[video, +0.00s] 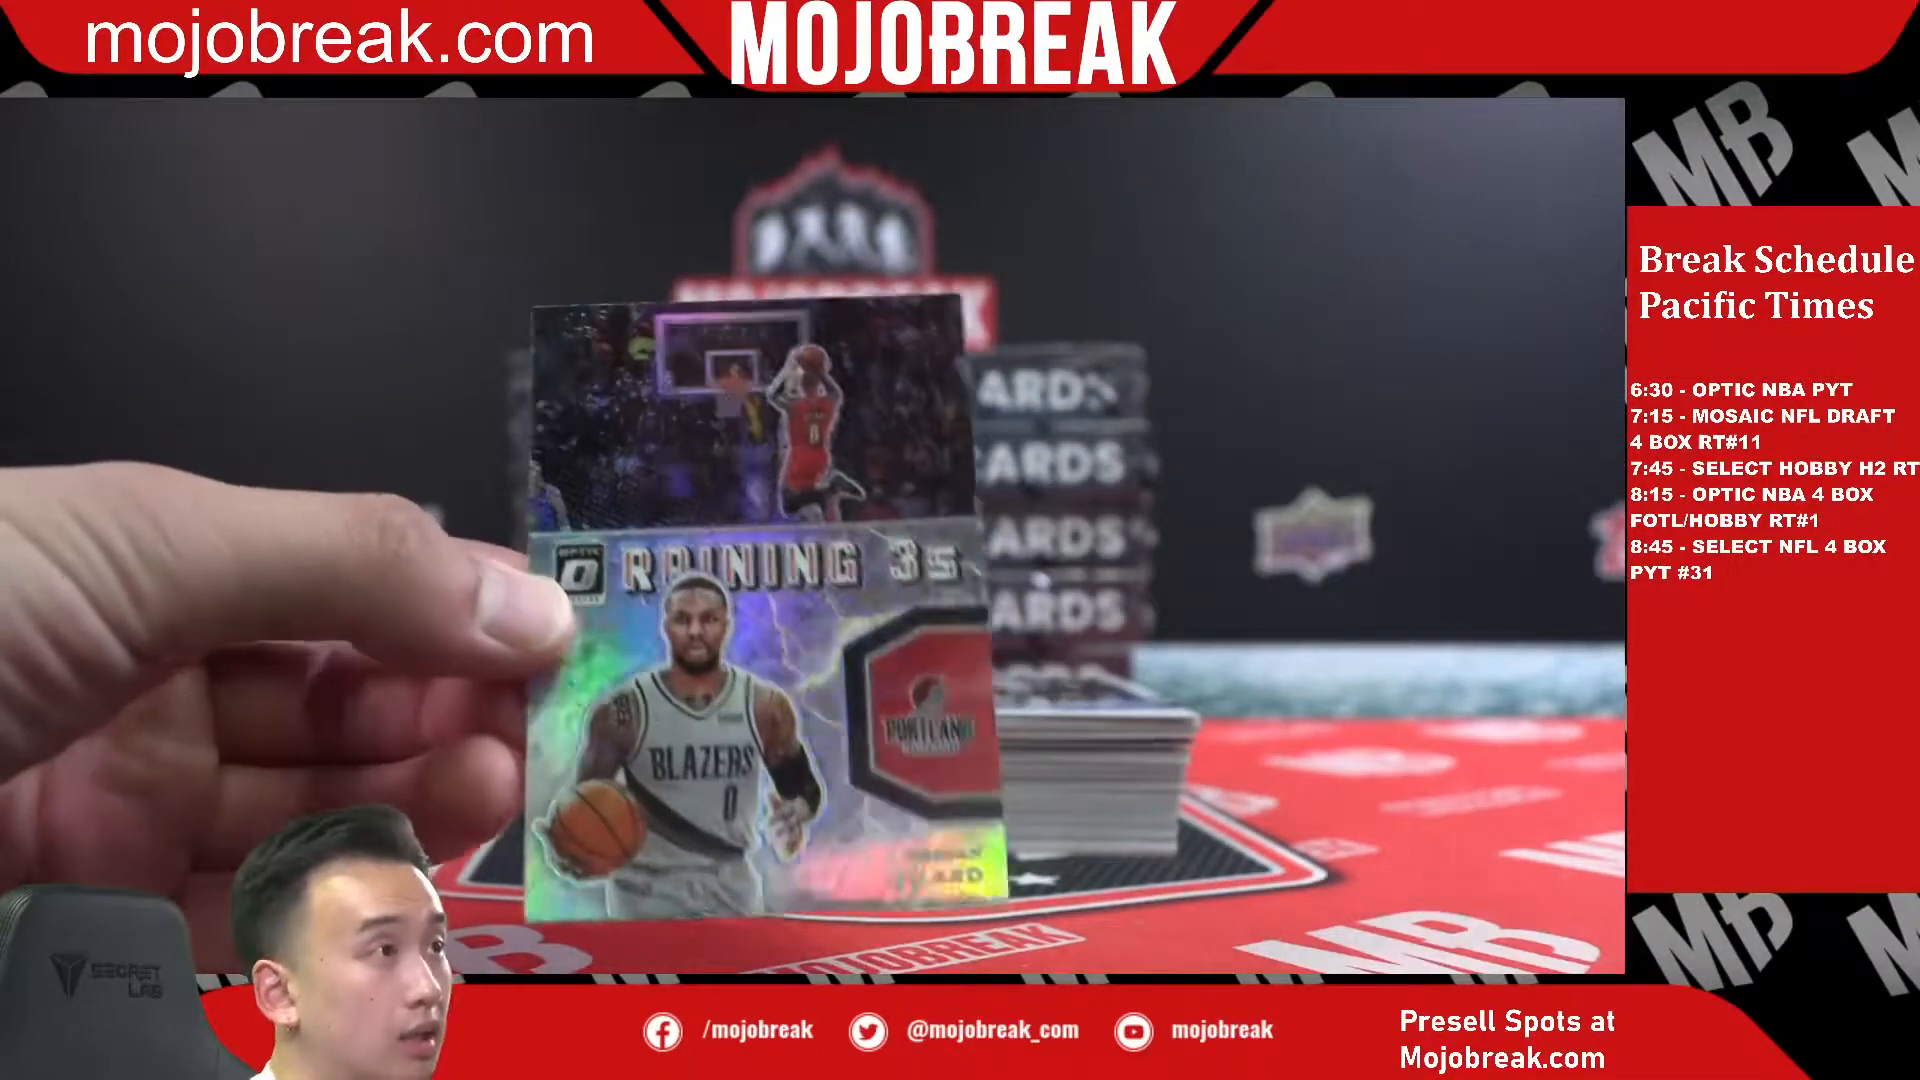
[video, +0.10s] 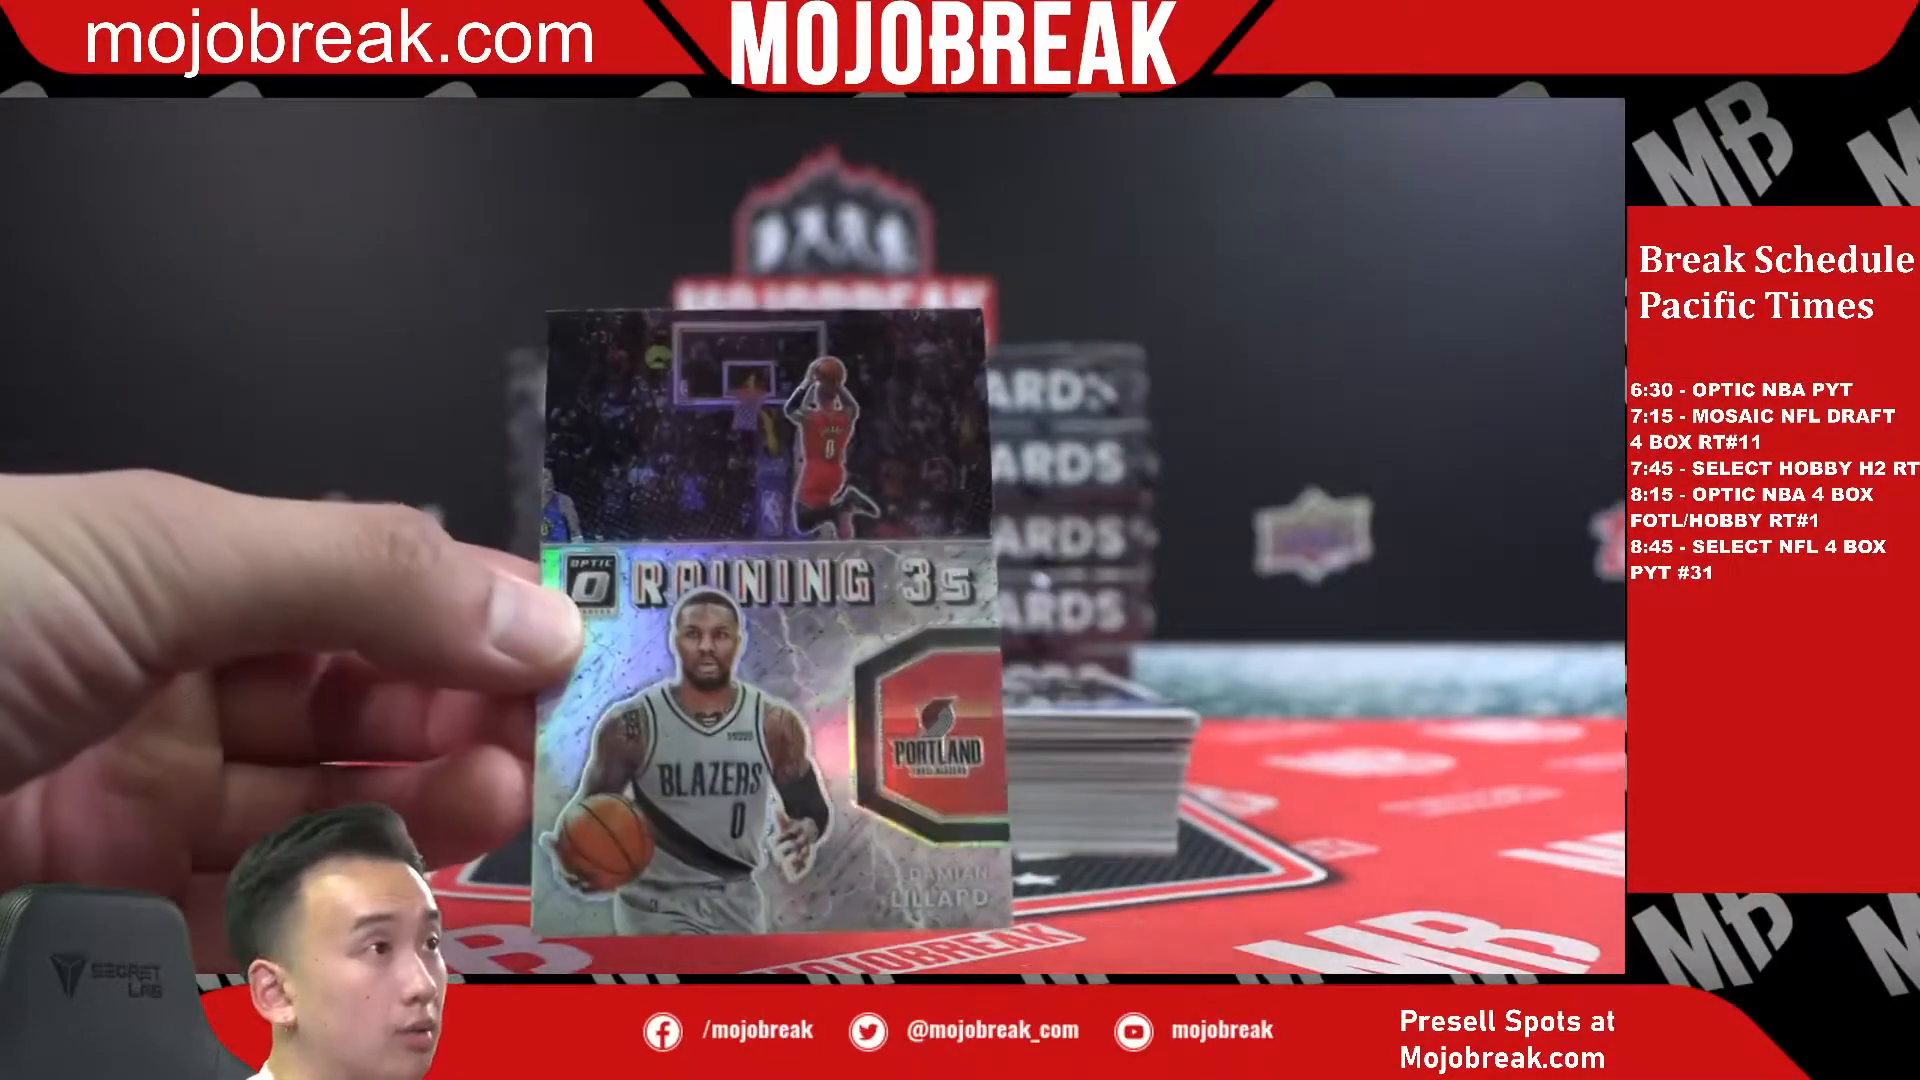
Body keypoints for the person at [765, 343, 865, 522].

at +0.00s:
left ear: (801, 384)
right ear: (820, 385)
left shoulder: (792, 404)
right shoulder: (832, 403)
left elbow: (771, 395)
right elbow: (836, 391)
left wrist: (787, 369)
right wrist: (821, 372)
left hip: (798, 454)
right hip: (822, 454)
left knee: (789, 505)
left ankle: (830, 491)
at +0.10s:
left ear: (817, 396)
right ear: (837, 398)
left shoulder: (808, 416)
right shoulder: (847, 417)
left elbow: (790, 409)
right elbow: (853, 406)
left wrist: (807, 382)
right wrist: (839, 385)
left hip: (813, 468)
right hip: (837, 468)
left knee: (802, 524)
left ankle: (841, 507)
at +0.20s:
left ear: (817, 394)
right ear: (837, 396)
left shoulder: (808, 414)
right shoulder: (848, 415)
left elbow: (790, 407)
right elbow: (853, 403)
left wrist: (807, 379)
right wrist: (839, 383)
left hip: (814, 467)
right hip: (838, 467)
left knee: (803, 523)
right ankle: (849, 507)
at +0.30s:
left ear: (820, 395)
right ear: (841, 397)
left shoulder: (812, 416)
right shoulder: (852, 416)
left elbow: (793, 408)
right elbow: (857, 404)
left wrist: (811, 380)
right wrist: (842, 384)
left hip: (817, 468)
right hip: (841, 468)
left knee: (806, 524)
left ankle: (845, 508)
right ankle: (854, 506)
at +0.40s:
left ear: (821, 395)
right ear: (842, 397)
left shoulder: (813, 416)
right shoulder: (853, 417)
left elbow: (794, 409)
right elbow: (858, 405)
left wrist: (811, 381)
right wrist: (843, 384)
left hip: (818, 468)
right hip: (842, 469)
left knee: (807, 525)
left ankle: (845, 509)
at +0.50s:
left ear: (824, 393)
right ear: (847, 392)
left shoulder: (815, 415)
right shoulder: (856, 416)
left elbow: (797, 407)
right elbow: (860, 403)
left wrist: (814, 382)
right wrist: (846, 383)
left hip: (821, 468)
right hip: (845, 468)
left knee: (814, 523)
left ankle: (833, 526)